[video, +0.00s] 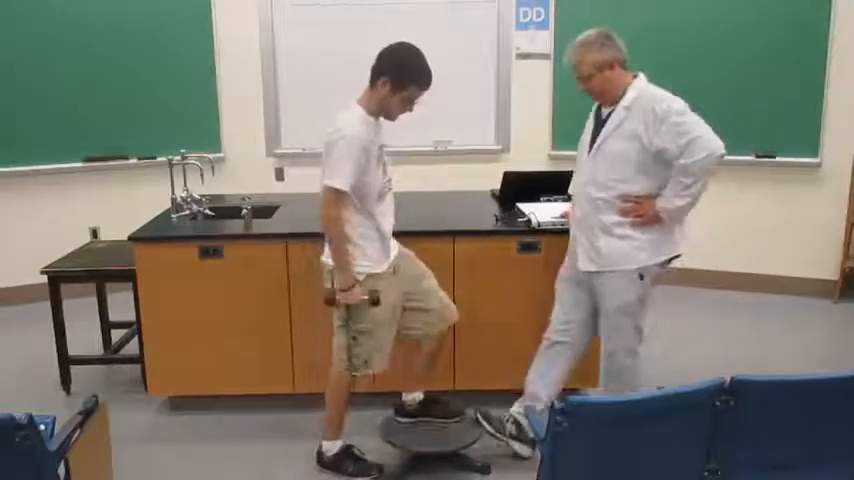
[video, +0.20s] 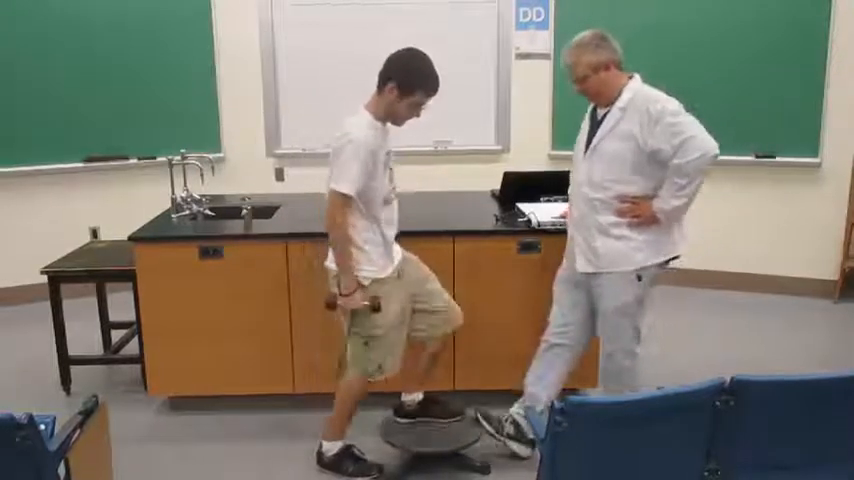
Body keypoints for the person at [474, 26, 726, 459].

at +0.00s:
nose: (582, 87)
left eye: (587, 76)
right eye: (579, 78)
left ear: (614, 67)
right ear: (600, 71)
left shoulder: (655, 105)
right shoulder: (600, 112)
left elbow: (705, 149)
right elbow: (602, 174)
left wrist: (666, 207)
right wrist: (583, 208)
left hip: (628, 253)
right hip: (586, 248)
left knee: (620, 352)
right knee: (562, 336)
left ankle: (618, 435)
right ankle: (529, 419)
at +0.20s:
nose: (578, 88)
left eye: (582, 78)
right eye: (574, 79)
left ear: (609, 68)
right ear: (599, 72)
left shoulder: (650, 105)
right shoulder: (596, 112)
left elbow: (700, 149)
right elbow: (603, 171)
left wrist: (663, 207)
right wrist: (582, 208)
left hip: (626, 254)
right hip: (583, 249)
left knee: (618, 352)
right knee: (561, 336)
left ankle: (617, 434)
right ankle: (528, 420)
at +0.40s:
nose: (573, 90)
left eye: (577, 80)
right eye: (570, 82)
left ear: (604, 69)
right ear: (595, 73)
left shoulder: (645, 105)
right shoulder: (595, 110)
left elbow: (695, 149)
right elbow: (606, 171)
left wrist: (661, 207)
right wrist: (581, 208)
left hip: (625, 255)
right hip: (583, 250)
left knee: (617, 354)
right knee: (560, 337)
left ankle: (615, 436)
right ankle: (529, 422)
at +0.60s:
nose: (573, 91)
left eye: (577, 81)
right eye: (570, 83)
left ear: (604, 69)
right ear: (596, 73)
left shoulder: (645, 105)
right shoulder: (592, 112)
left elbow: (697, 148)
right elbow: (604, 171)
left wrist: (662, 207)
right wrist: (581, 207)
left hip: (626, 256)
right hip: (583, 251)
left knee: (619, 355)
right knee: (560, 337)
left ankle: (615, 437)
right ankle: (528, 422)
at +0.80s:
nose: (574, 92)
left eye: (578, 83)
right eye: (570, 84)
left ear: (605, 71)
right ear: (598, 74)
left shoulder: (647, 106)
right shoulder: (594, 113)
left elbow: (699, 149)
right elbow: (602, 171)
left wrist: (665, 207)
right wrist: (580, 207)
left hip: (628, 255)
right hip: (584, 250)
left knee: (619, 355)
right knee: (561, 338)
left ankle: (615, 438)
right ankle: (527, 423)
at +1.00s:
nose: (580, 92)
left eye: (584, 83)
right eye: (576, 85)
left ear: (610, 71)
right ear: (599, 75)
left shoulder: (652, 107)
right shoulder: (593, 113)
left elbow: (705, 149)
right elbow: (600, 169)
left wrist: (669, 208)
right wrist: (580, 203)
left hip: (630, 255)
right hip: (585, 249)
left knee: (620, 354)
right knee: (561, 337)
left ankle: (615, 436)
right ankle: (527, 423)